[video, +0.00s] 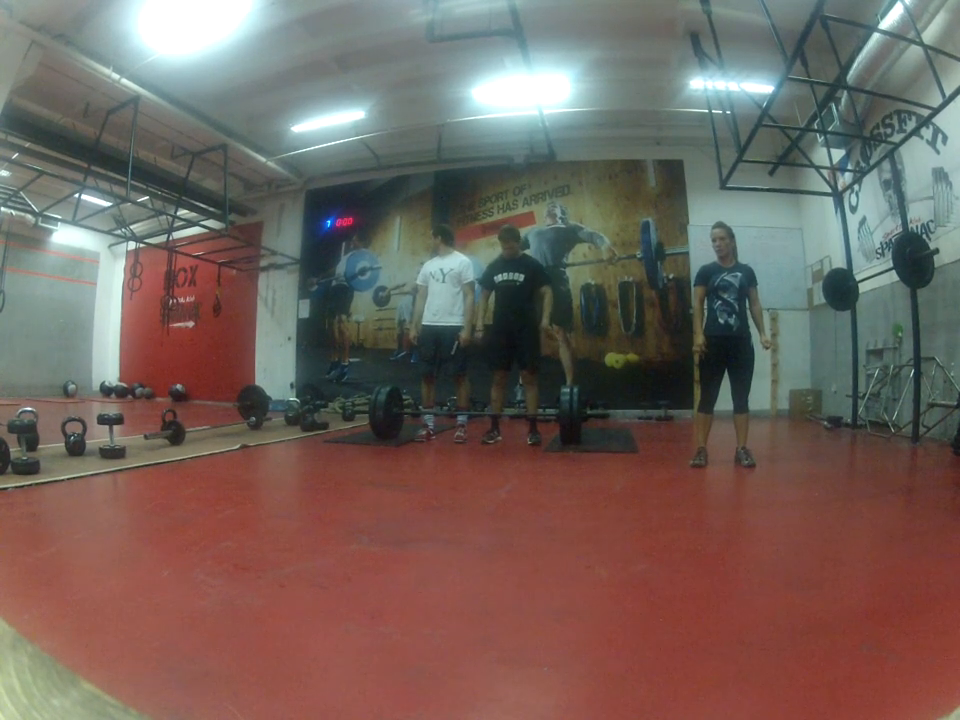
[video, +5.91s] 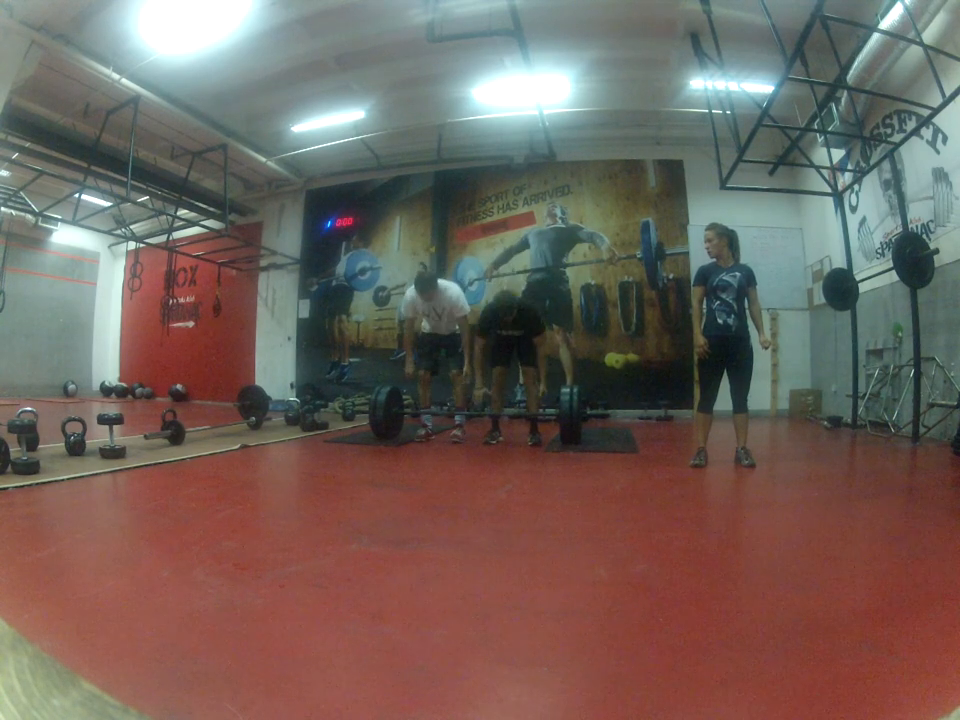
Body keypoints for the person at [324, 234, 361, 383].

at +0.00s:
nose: (353, 243)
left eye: (356, 240)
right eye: (353, 240)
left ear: (361, 242)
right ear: (352, 242)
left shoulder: (361, 256)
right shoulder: (347, 256)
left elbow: (365, 274)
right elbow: (335, 273)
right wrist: (318, 279)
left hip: (346, 288)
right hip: (335, 288)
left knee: (342, 324)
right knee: (333, 325)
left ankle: (345, 363)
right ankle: (335, 362)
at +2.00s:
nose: (352, 243)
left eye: (354, 241)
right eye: (352, 240)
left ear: (360, 242)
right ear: (353, 242)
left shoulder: (360, 256)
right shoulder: (348, 256)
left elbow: (362, 275)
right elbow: (337, 273)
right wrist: (319, 280)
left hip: (346, 289)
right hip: (336, 288)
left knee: (342, 324)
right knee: (334, 325)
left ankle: (345, 362)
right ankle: (335, 360)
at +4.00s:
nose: (353, 243)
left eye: (355, 241)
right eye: (353, 241)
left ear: (361, 243)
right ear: (354, 242)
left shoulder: (360, 256)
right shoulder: (348, 256)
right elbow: (336, 271)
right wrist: (319, 278)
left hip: (346, 288)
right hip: (336, 288)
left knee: (342, 324)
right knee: (334, 325)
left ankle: (345, 362)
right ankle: (335, 361)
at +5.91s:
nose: (353, 243)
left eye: (356, 241)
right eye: (354, 240)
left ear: (361, 243)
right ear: (353, 242)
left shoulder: (359, 257)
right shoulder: (347, 257)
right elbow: (336, 272)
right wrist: (318, 279)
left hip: (346, 288)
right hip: (335, 288)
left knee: (342, 325)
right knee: (332, 326)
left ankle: (345, 363)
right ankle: (335, 361)